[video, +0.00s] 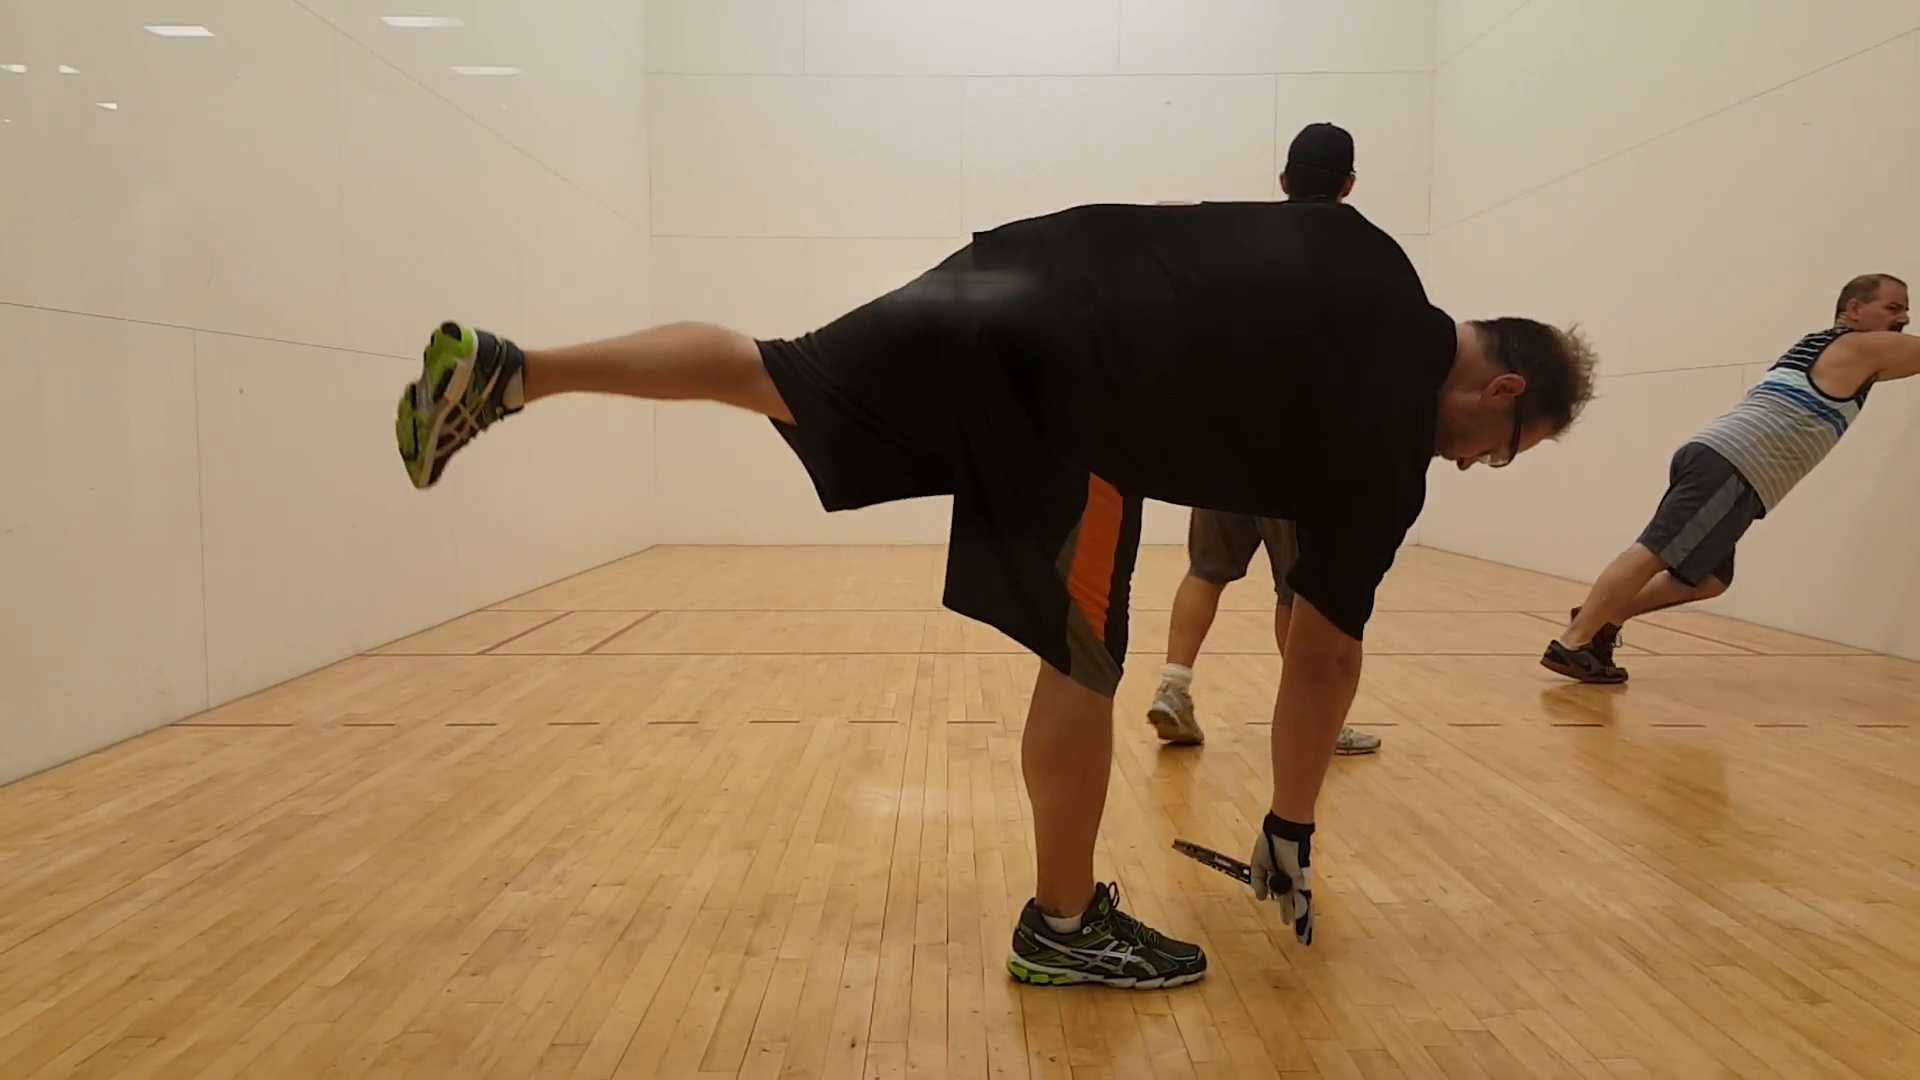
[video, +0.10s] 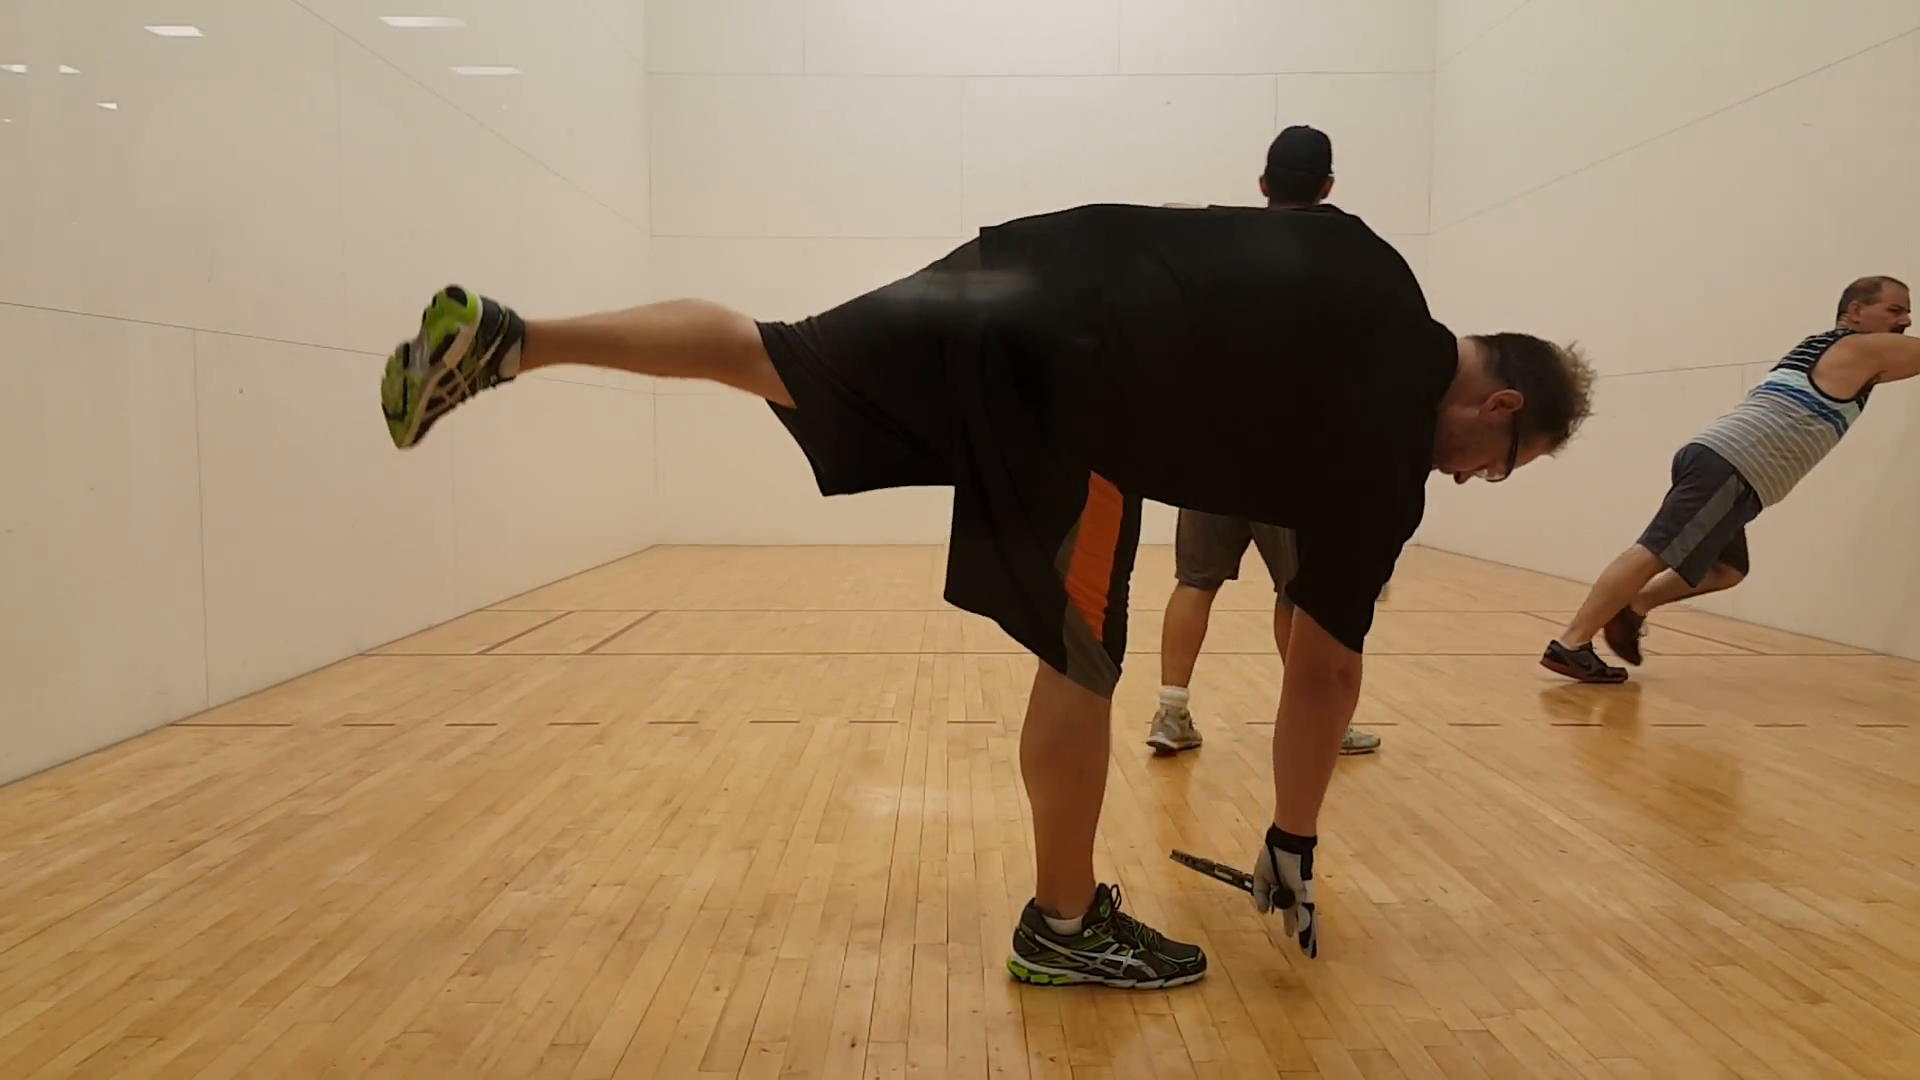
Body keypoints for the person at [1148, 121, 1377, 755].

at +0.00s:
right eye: (1343, 176)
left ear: (1283, 177)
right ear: (1348, 183)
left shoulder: (1244, 230)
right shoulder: (1370, 256)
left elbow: (1195, 333)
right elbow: (1400, 364)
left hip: (1226, 437)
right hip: (1306, 453)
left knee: (1208, 564)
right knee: (1302, 587)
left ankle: (1172, 686)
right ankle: (1316, 719)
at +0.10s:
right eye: (1330, 180)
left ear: (1264, 182)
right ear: (1329, 186)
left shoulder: (1225, 236)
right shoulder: (1349, 254)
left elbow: (1177, 347)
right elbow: (1390, 359)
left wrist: (1178, 440)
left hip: (1211, 447)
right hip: (1297, 458)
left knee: (1195, 577)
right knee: (1301, 593)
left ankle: (1172, 708)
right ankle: (1322, 718)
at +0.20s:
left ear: (1242, 186)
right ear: (1307, 187)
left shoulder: (1207, 243)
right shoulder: (1332, 260)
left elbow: (1162, 358)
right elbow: (1365, 375)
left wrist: (1166, 448)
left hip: (1204, 453)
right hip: (1291, 463)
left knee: (1191, 582)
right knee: (1298, 594)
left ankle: (1170, 715)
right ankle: (1323, 719)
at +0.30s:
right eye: (1291, 182)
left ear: (1232, 187)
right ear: (1297, 188)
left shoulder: (1201, 250)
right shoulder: (1323, 267)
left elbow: (1160, 365)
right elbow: (1354, 382)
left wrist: (1169, 450)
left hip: (1208, 454)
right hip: (1294, 465)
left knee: (1194, 582)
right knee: (1299, 594)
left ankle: (1171, 714)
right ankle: (1302, 717)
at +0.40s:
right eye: (1296, 182)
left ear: (1236, 187)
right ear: (1302, 188)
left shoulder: (1203, 253)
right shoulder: (1330, 265)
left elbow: (1162, 366)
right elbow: (1364, 380)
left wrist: (1171, 453)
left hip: (1212, 456)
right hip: (1303, 464)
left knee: (1197, 584)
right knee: (1315, 597)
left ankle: (1171, 716)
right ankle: (1314, 727)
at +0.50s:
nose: (1304, 190)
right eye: (1314, 180)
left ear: (1254, 186)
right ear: (1319, 186)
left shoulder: (1216, 259)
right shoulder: (1342, 269)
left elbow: (1178, 371)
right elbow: (1385, 376)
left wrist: (1182, 457)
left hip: (1226, 459)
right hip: (1315, 469)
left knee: (1204, 585)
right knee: (1321, 607)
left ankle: (1171, 715)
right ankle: (1339, 726)